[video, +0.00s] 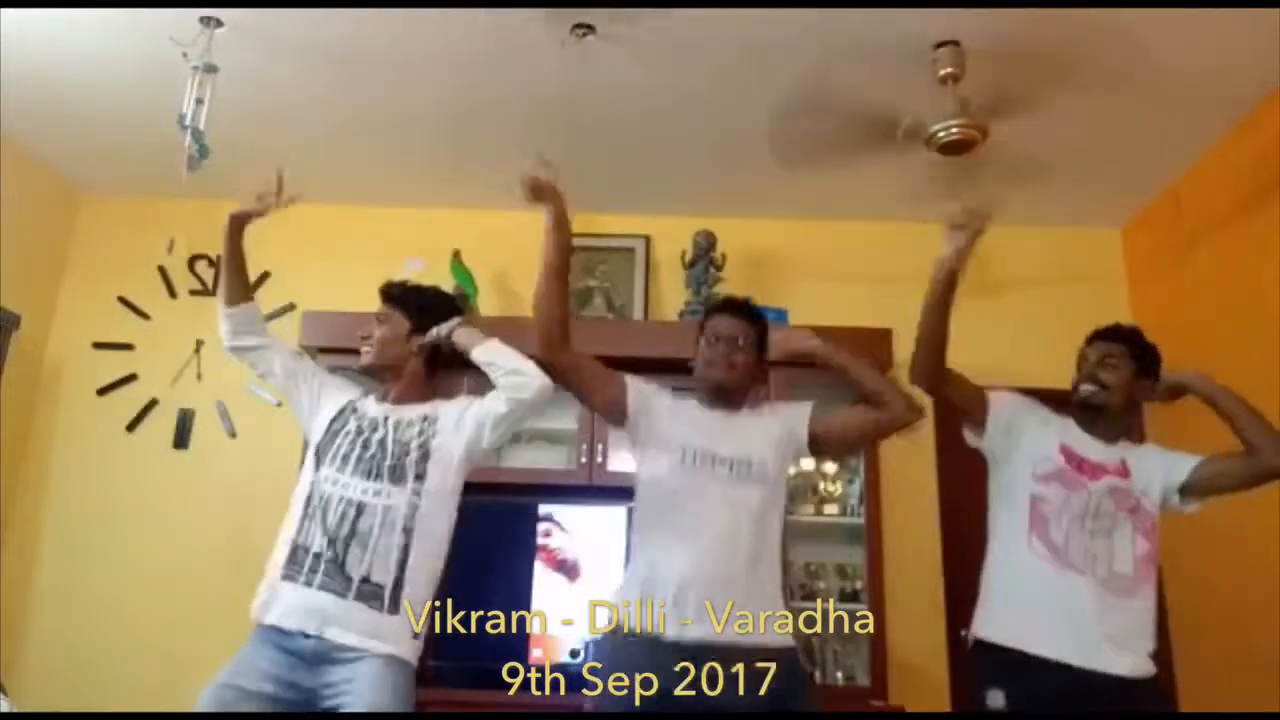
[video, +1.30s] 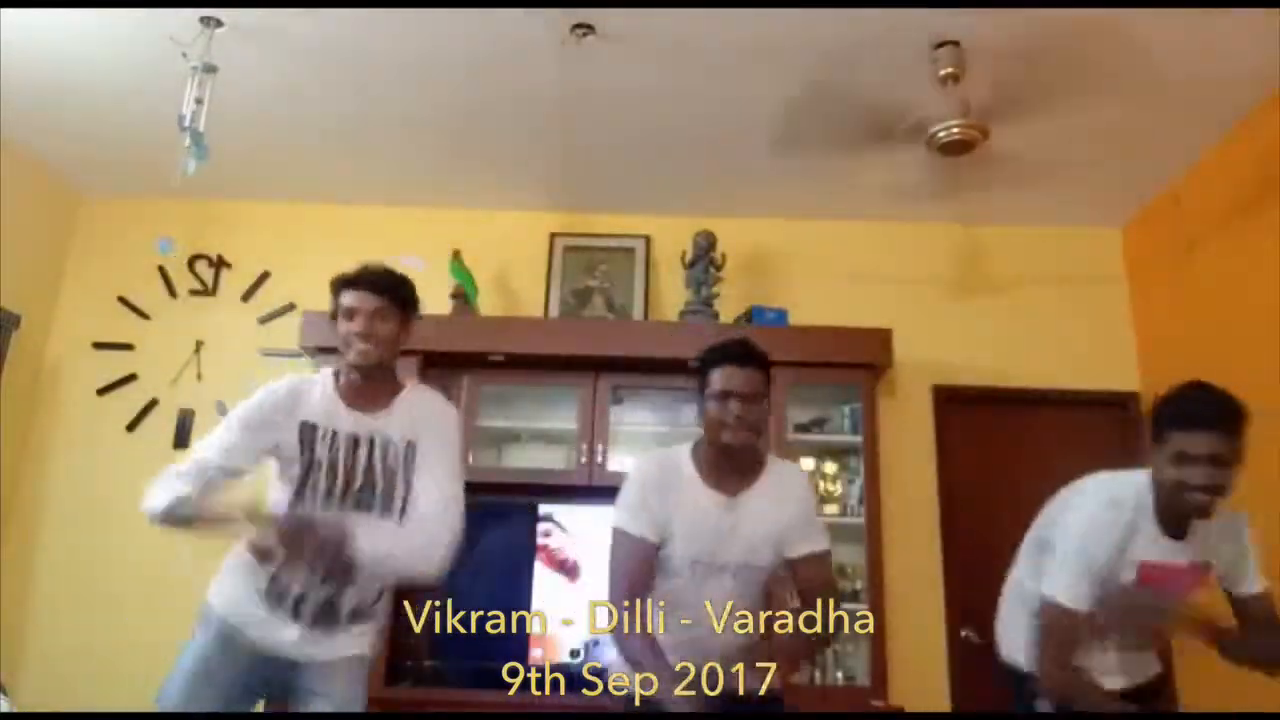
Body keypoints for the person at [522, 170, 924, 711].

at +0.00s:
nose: (723, 353)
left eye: (739, 345)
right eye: (713, 341)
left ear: (759, 365)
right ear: (695, 353)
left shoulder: (785, 426)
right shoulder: (649, 409)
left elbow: (900, 410)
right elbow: (554, 350)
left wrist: (822, 350)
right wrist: (556, 228)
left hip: (755, 658)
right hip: (647, 651)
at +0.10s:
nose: (731, 345)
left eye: (746, 337)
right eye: (719, 331)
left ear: (760, 352)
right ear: (695, 339)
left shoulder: (784, 416)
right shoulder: (651, 395)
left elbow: (896, 450)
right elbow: (552, 371)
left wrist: (853, 353)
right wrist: (569, 279)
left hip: (755, 640)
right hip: (650, 636)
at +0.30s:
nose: (748, 388)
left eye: (757, 377)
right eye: (733, 373)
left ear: (765, 382)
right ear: (690, 373)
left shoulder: (770, 464)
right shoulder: (636, 426)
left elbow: (811, 576)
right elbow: (587, 508)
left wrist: (879, 570)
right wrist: (680, 495)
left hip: (737, 681)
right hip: (640, 678)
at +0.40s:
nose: (738, 385)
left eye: (745, 375)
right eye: (724, 369)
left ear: (751, 384)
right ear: (681, 371)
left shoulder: (743, 461)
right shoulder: (618, 439)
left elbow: (766, 572)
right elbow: (621, 575)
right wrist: (743, 589)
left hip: (702, 677)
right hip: (610, 676)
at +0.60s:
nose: (732, 403)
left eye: (737, 388)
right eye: (719, 387)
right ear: (673, 378)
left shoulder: (728, 454)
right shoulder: (611, 438)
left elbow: (750, 562)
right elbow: (581, 579)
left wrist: (775, 636)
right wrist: (683, 629)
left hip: (667, 668)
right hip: (582, 663)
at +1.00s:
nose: (738, 412)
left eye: (746, 401)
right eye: (724, 396)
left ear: (753, 403)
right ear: (679, 390)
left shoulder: (744, 466)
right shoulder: (616, 464)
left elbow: (772, 572)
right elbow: (569, 600)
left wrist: (774, 635)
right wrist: (688, 629)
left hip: (689, 677)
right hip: (605, 675)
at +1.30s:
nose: (736, 412)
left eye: (750, 400)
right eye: (722, 398)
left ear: (768, 408)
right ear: (700, 406)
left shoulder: (791, 486)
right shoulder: (653, 478)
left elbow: (822, 617)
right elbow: (625, 613)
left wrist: (757, 671)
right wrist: (671, 691)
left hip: (753, 694)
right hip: (668, 692)